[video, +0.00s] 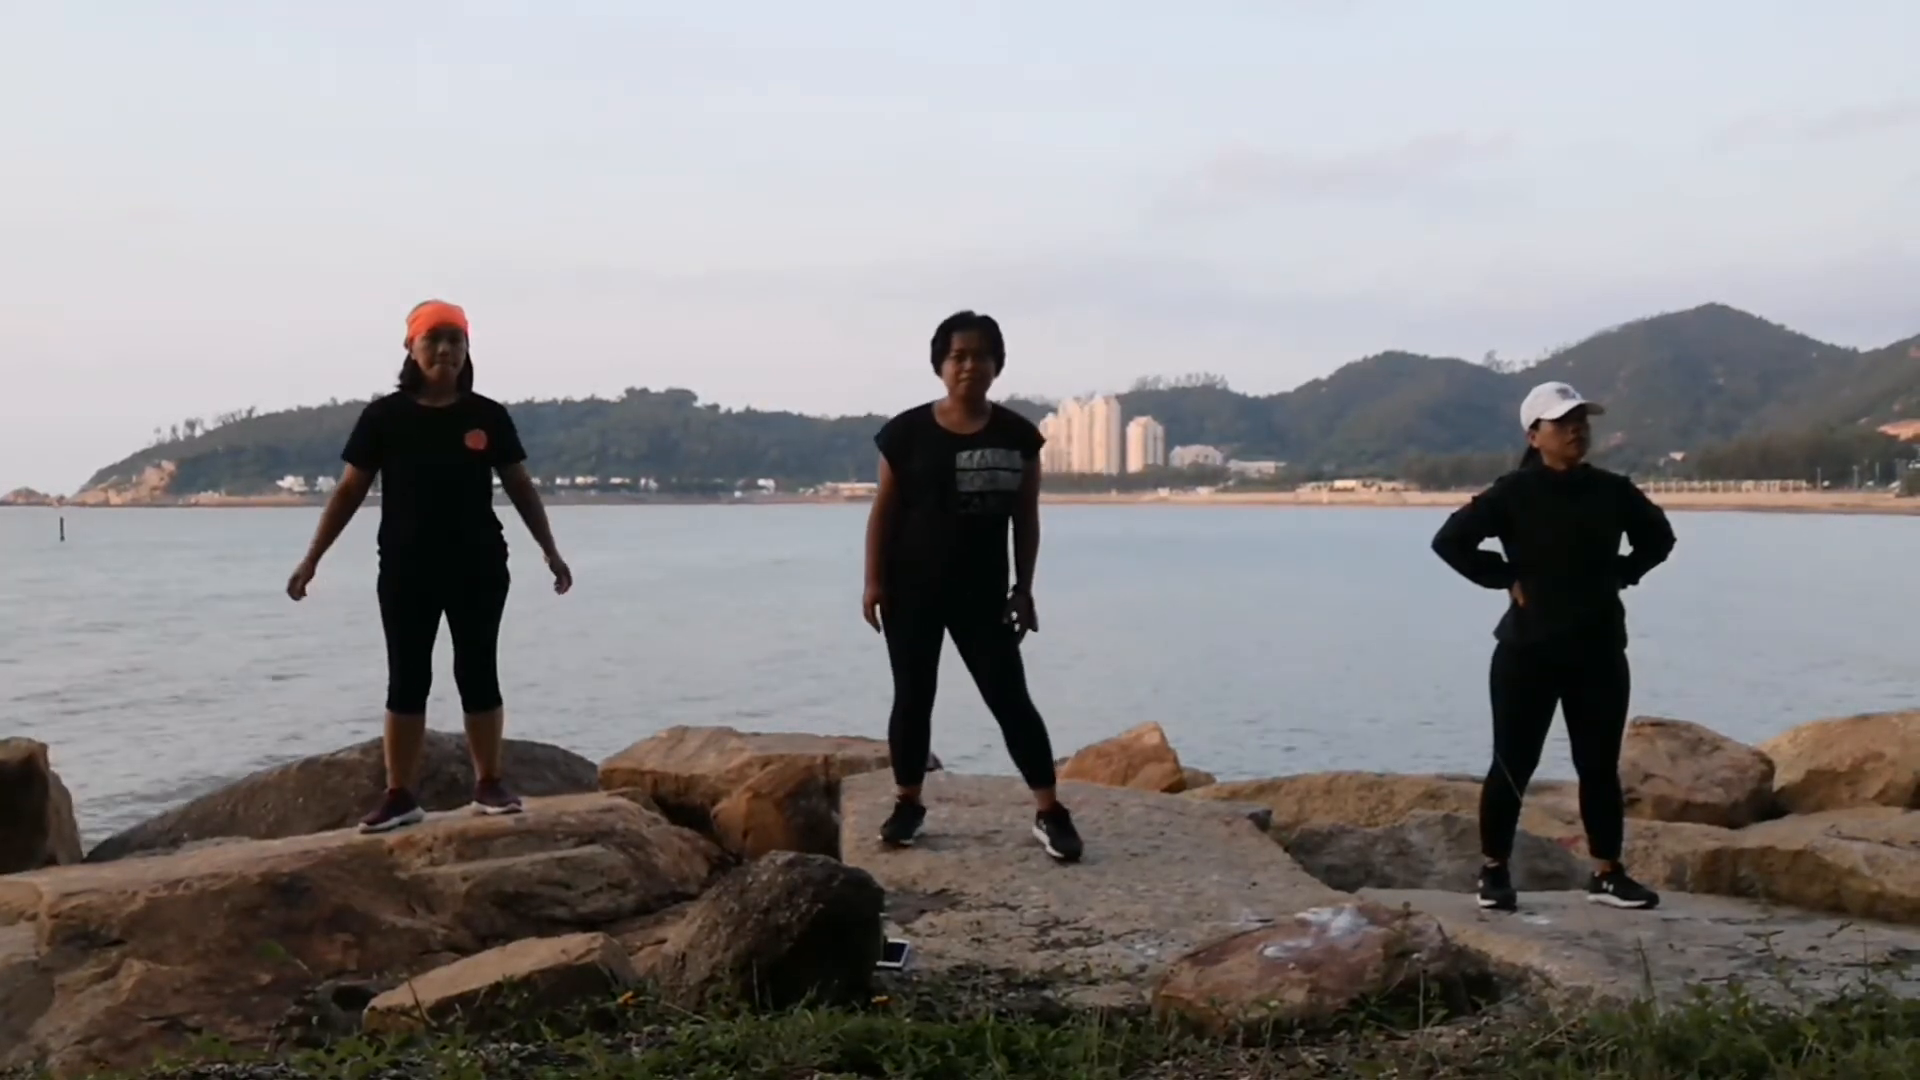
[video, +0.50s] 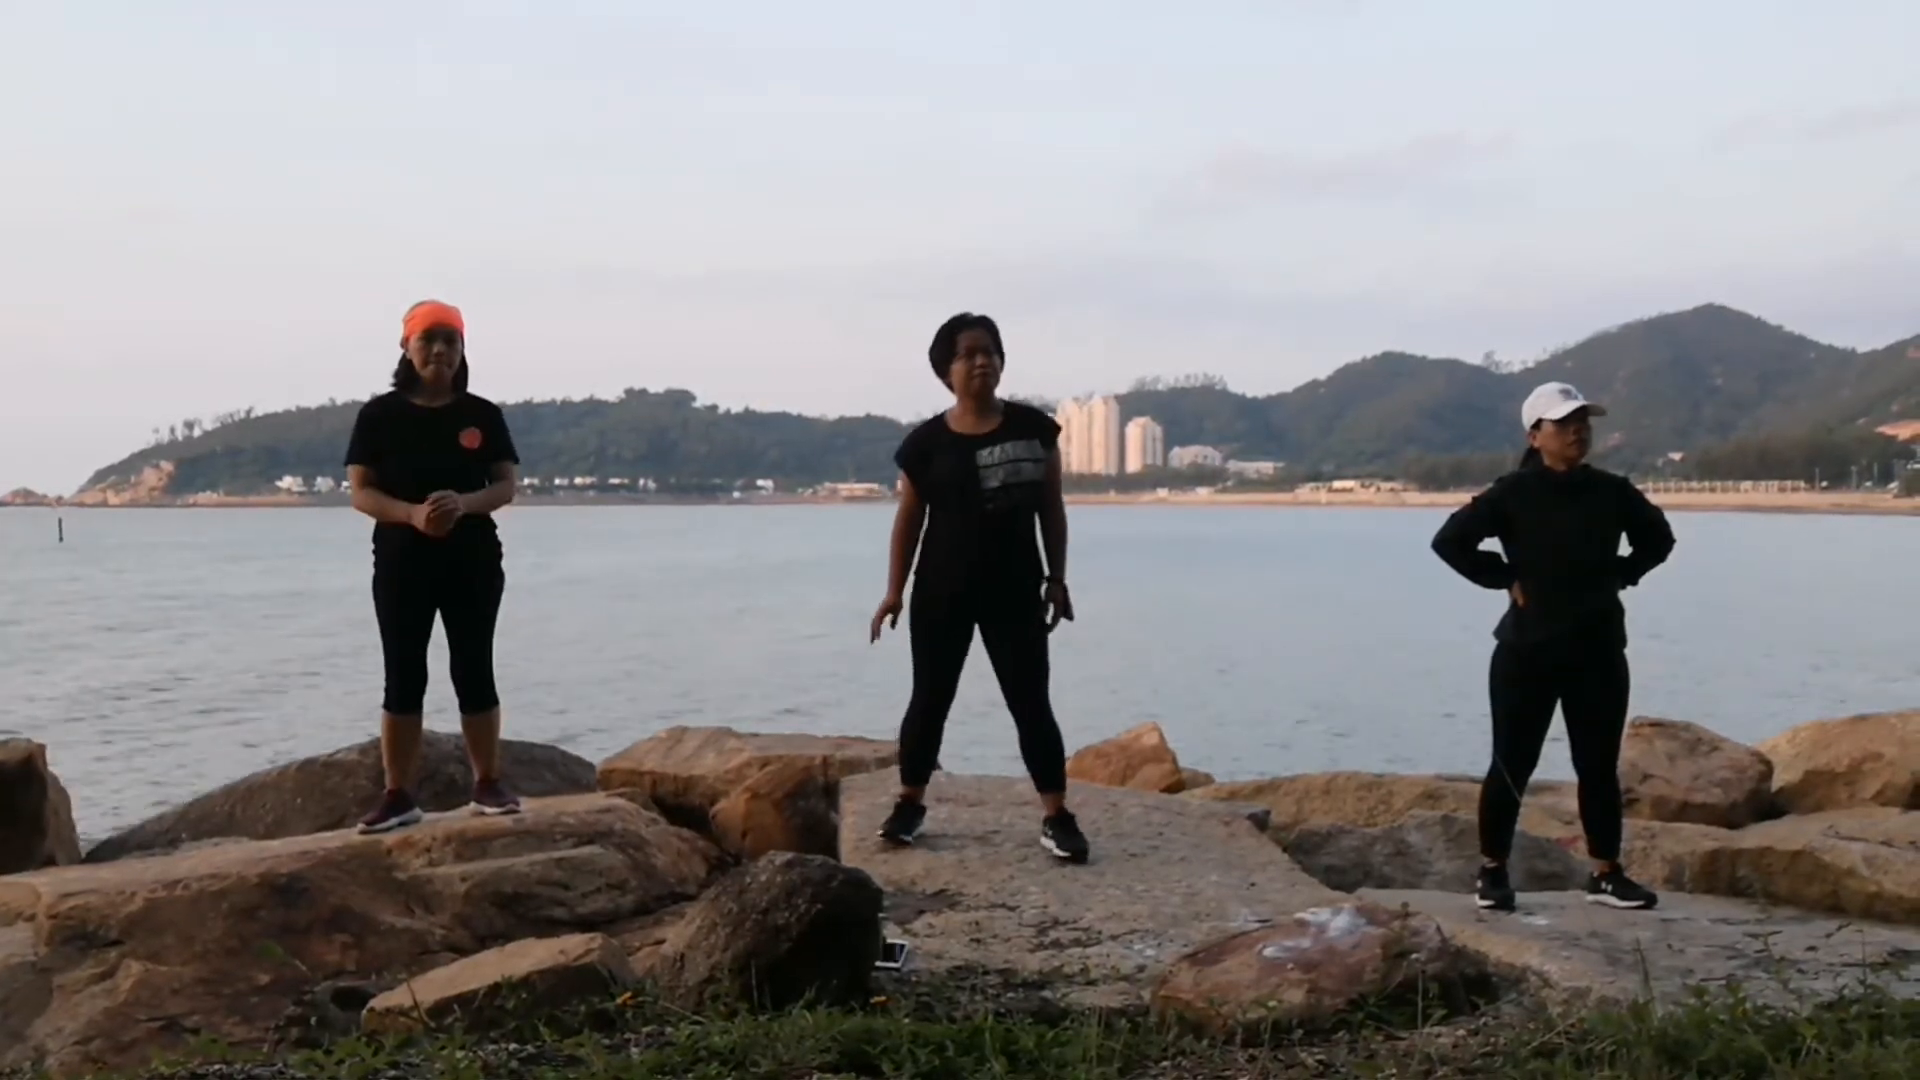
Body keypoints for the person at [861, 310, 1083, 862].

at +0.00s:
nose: (968, 367)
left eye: (980, 358)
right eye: (957, 357)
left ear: (996, 367)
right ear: (941, 364)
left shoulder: (1018, 436)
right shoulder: (906, 432)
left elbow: (1026, 519)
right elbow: (883, 511)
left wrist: (1024, 588)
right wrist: (873, 581)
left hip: (981, 594)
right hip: (912, 592)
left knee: (1013, 703)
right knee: (911, 700)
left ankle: (1049, 810)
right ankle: (907, 805)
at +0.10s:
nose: (964, 366)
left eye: (976, 357)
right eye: (954, 356)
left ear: (991, 366)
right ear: (936, 362)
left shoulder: (1012, 433)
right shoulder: (901, 431)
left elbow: (1020, 517)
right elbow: (878, 510)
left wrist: (1017, 585)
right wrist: (865, 579)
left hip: (979, 590)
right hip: (911, 589)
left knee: (1010, 701)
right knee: (911, 698)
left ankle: (1045, 808)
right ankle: (908, 804)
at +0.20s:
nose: (961, 365)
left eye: (972, 356)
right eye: (950, 354)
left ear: (985, 365)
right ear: (929, 361)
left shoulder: (1006, 430)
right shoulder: (896, 432)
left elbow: (1018, 510)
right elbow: (873, 510)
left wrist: (1020, 580)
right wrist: (859, 580)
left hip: (982, 588)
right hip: (912, 589)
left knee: (1014, 699)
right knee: (913, 697)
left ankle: (1051, 809)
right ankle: (908, 803)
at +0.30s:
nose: (964, 365)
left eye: (975, 356)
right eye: (952, 355)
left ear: (986, 364)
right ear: (929, 363)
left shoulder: (1009, 429)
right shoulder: (899, 436)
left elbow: (1024, 509)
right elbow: (876, 514)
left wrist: (1028, 578)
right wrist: (862, 583)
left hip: (986, 588)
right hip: (917, 590)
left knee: (1021, 700)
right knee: (915, 700)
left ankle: (1058, 808)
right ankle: (908, 804)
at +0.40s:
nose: (972, 365)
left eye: (981, 355)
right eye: (959, 356)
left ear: (992, 364)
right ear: (934, 366)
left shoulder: (1020, 430)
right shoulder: (908, 440)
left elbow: (1035, 508)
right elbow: (887, 519)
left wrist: (1041, 577)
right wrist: (874, 587)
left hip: (998, 591)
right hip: (928, 594)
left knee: (1025, 703)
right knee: (921, 699)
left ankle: (1057, 813)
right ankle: (908, 804)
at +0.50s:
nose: (981, 363)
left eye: (989, 353)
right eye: (968, 355)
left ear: (1001, 364)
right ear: (946, 368)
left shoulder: (1035, 431)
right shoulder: (924, 443)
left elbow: (1052, 508)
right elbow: (907, 523)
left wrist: (1057, 575)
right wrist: (894, 590)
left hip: (1014, 593)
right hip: (943, 595)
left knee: (1032, 705)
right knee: (928, 701)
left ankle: (1056, 814)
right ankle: (909, 804)